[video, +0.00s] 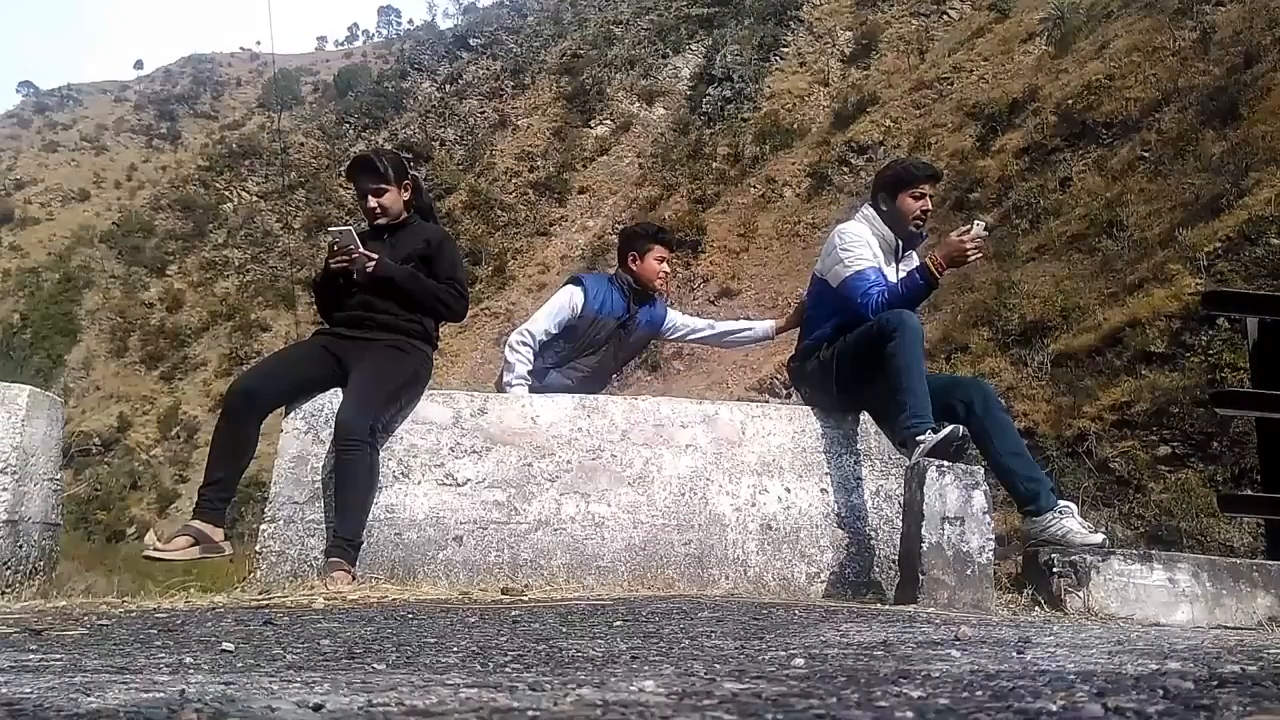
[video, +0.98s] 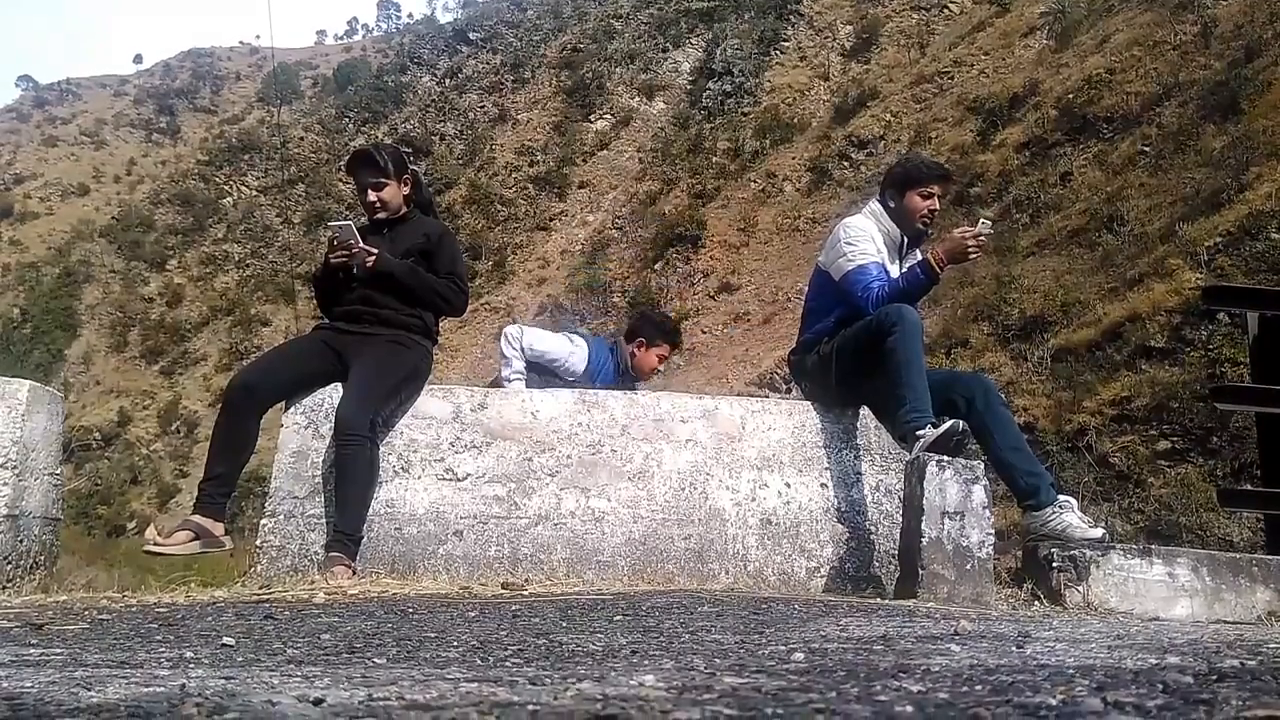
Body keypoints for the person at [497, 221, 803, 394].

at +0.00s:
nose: (667, 270)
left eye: (668, 262)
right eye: (661, 261)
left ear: (647, 264)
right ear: (633, 261)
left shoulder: (656, 315)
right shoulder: (585, 292)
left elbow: (718, 332)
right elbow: (523, 340)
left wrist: (782, 325)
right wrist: (517, 400)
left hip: (581, 410)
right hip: (534, 401)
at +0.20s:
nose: (670, 261)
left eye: (671, 254)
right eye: (664, 253)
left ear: (648, 257)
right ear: (637, 255)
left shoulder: (665, 310)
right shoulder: (592, 288)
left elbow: (726, 333)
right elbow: (532, 337)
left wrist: (778, 304)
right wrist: (520, 396)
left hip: (589, 407)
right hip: (543, 398)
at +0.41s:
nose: (671, 265)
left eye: (672, 258)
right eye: (664, 257)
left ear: (657, 261)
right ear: (637, 258)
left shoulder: (664, 311)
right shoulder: (593, 292)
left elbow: (724, 324)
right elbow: (531, 335)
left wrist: (787, 309)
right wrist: (522, 391)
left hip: (590, 410)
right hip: (542, 400)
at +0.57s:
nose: (669, 276)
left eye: (671, 268)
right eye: (662, 267)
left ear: (665, 272)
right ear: (636, 266)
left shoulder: (654, 320)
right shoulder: (593, 295)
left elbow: (698, 359)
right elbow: (524, 331)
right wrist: (518, 392)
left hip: (581, 409)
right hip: (538, 400)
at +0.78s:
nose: (669, 320)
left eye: (671, 313)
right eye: (666, 310)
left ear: (645, 304)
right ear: (642, 302)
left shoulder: (639, 352)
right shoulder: (588, 322)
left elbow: (651, 402)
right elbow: (513, 335)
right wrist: (516, 393)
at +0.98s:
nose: (660, 368)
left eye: (664, 361)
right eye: (660, 358)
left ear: (639, 347)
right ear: (638, 347)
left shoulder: (626, 376)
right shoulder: (582, 355)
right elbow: (513, 335)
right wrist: (516, 391)